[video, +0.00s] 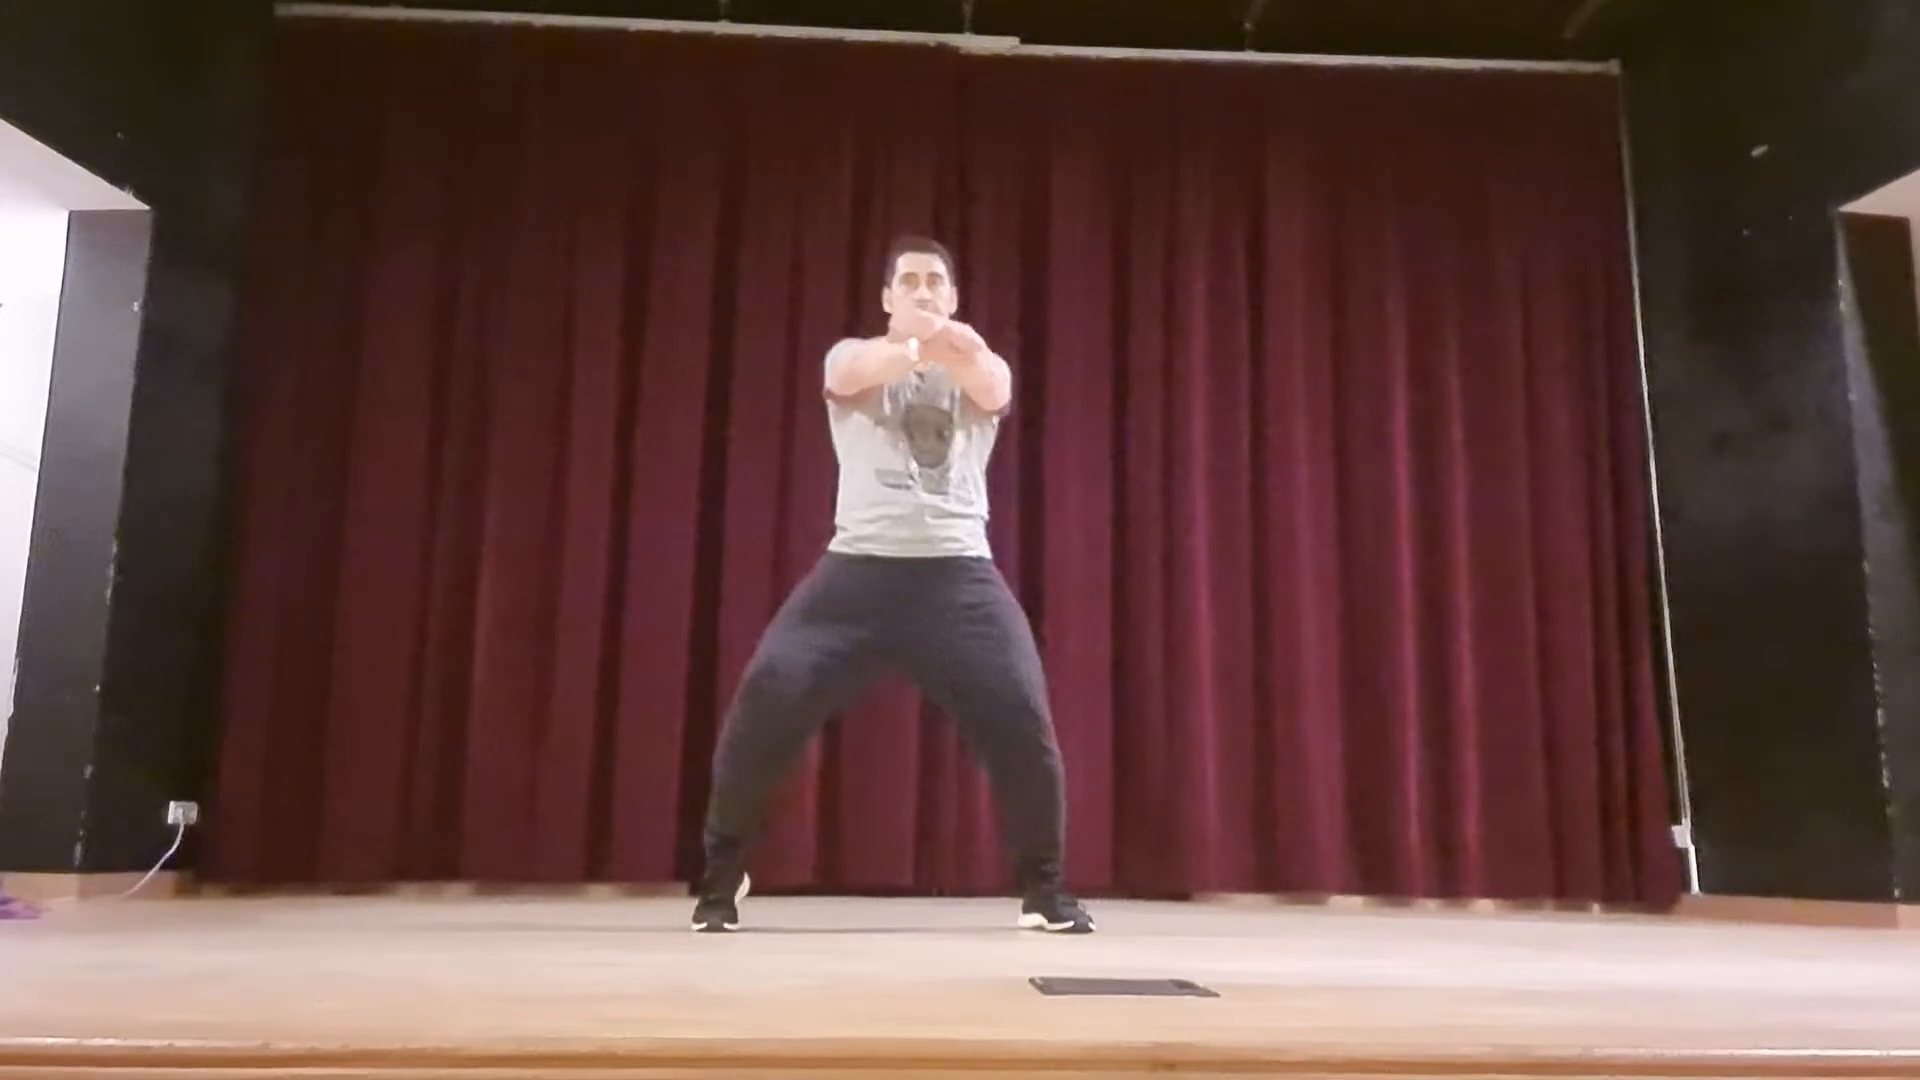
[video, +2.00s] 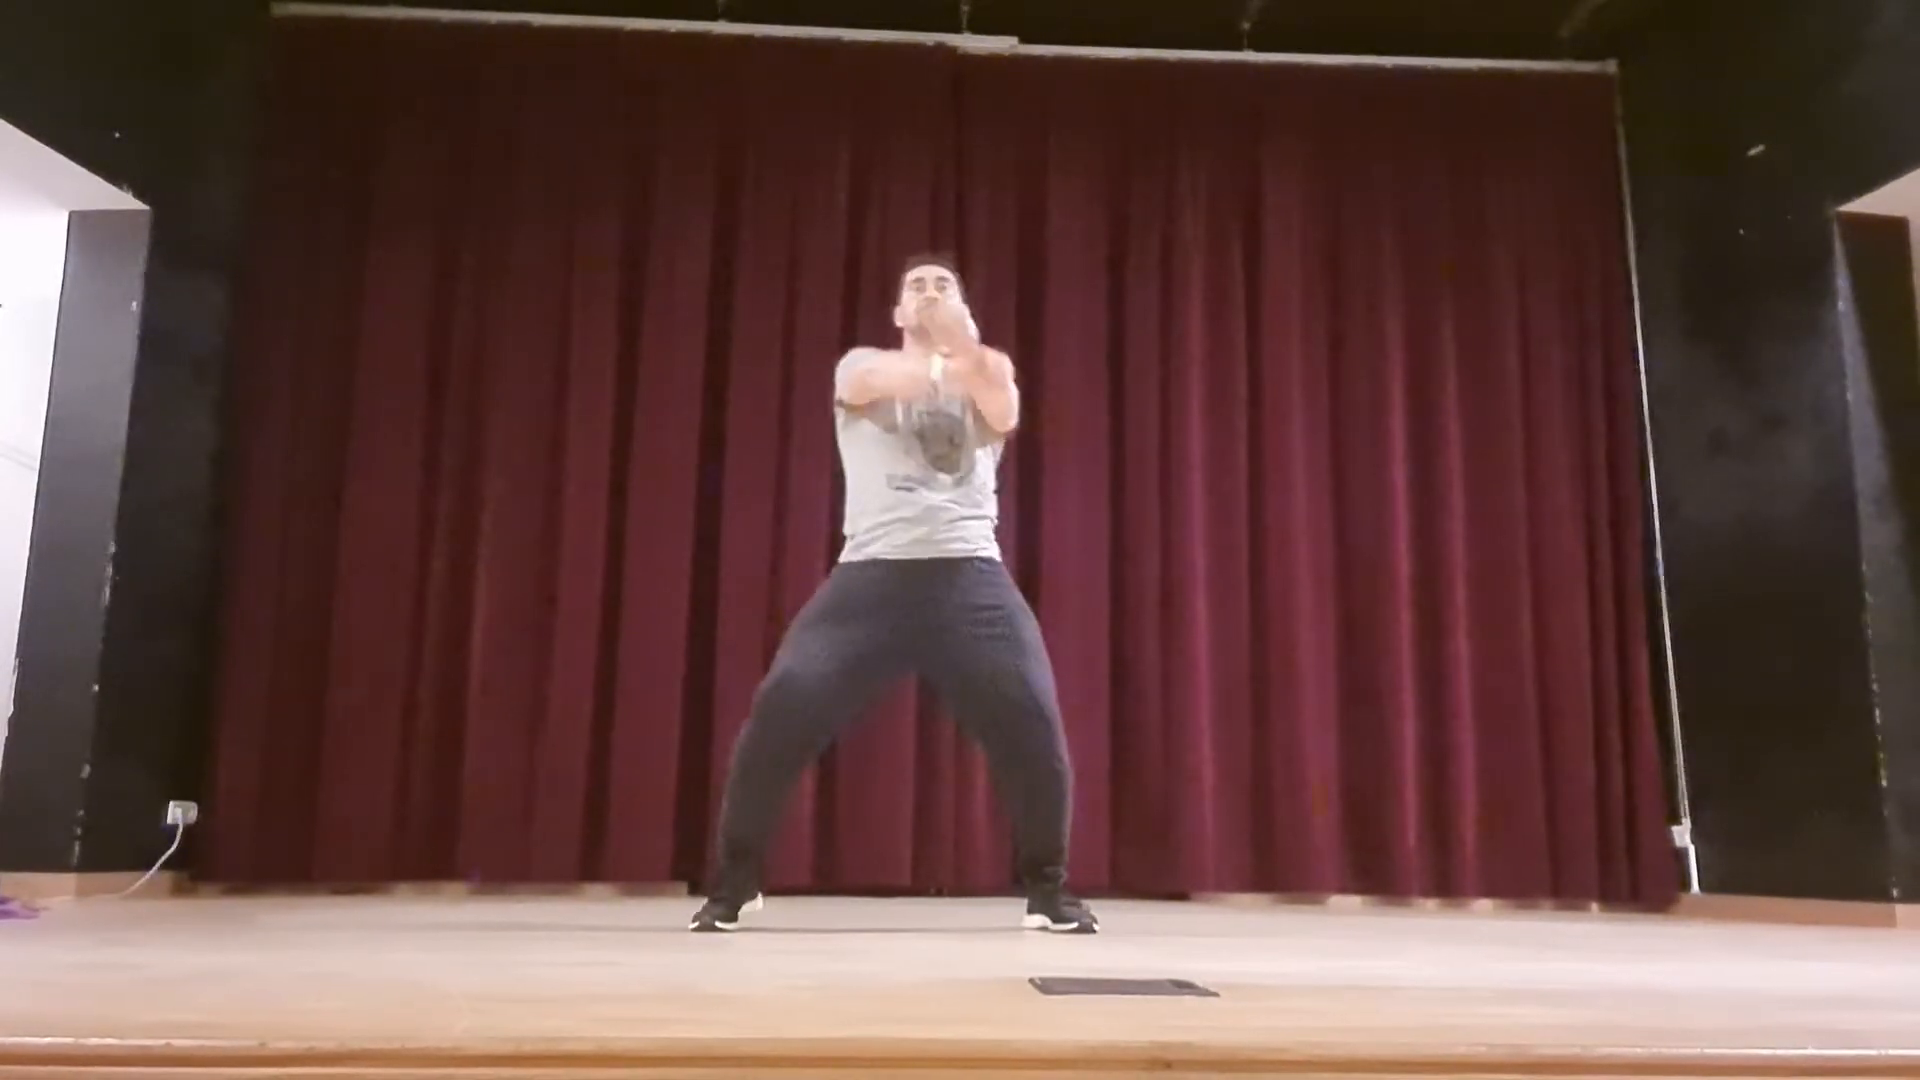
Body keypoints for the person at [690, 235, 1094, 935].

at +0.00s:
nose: (921, 291)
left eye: (932, 281)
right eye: (909, 282)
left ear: (954, 297)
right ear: (887, 298)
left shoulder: (980, 364)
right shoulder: (854, 356)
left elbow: (992, 394)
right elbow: (847, 378)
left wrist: (954, 344)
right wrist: (914, 344)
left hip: (960, 577)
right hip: (856, 572)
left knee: (1022, 718)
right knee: (771, 688)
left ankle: (1045, 888)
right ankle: (722, 867)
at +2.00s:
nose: (929, 293)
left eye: (942, 285)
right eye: (917, 288)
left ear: (967, 310)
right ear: (899, 315)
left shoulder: (989, 367)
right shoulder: (865, 363)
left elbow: (1002, 419)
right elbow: (862, 385)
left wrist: (968, 353)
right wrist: (925, 375)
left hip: (971, 578)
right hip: (869, 578)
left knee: (1031, 714)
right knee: (787, 698)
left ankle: (1047, 890)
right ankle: (734, 879)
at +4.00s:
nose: (846, 290)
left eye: (859, 280)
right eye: (834, 280)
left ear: (881, 299)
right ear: (813, 297)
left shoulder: (912, 358)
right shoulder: (784, 366)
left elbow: (921, 379)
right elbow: (771, 398)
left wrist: (875, 346)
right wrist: (815, 363)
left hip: (923, 572)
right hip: (819, 579)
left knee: (1016, 692)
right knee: (753, 702)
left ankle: (1047, 862)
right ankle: (732, 886)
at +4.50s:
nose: (926, 312)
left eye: (938, 302)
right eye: (914, 299)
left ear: (960, 305)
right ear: (892, 298)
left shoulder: (983, 365)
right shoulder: (859, 353)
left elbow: (997, 394)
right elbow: (854, 353)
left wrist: (972, 324)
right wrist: (913, 320)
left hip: (959, 573)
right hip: (856, 567)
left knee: (1022, 705)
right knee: (763, 681)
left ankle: (1041, 886)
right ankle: (730, 867)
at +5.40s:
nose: (845, 289)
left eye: (859, 280)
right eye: (833, 279)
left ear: (881, 300)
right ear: (812, 297)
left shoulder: (914, 360)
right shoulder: (780, 369)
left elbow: (923, 385)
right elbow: (782, 398)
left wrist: (874, 369)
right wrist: (826, 369)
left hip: (923, 572)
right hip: (820, 579)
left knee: (1017, 689)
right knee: (755, 702)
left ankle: (1047, 862)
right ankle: (732, 885)